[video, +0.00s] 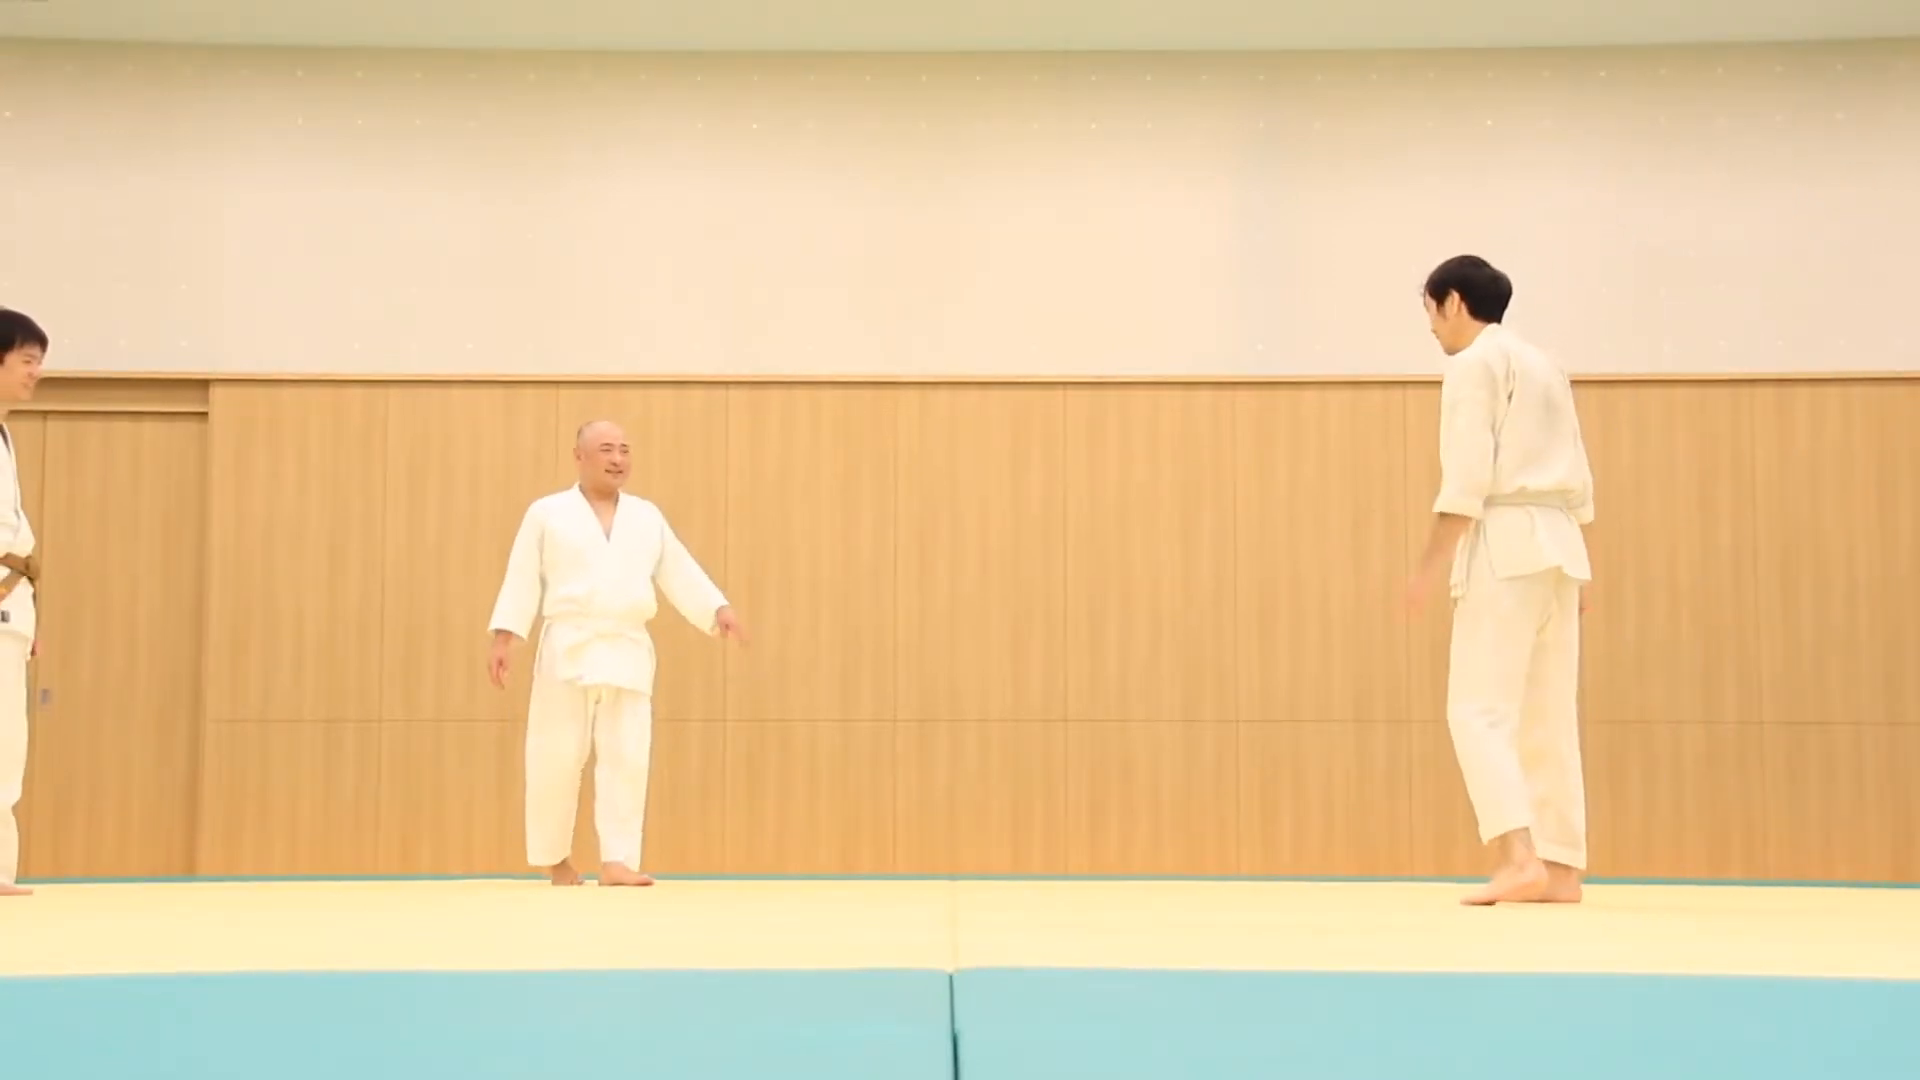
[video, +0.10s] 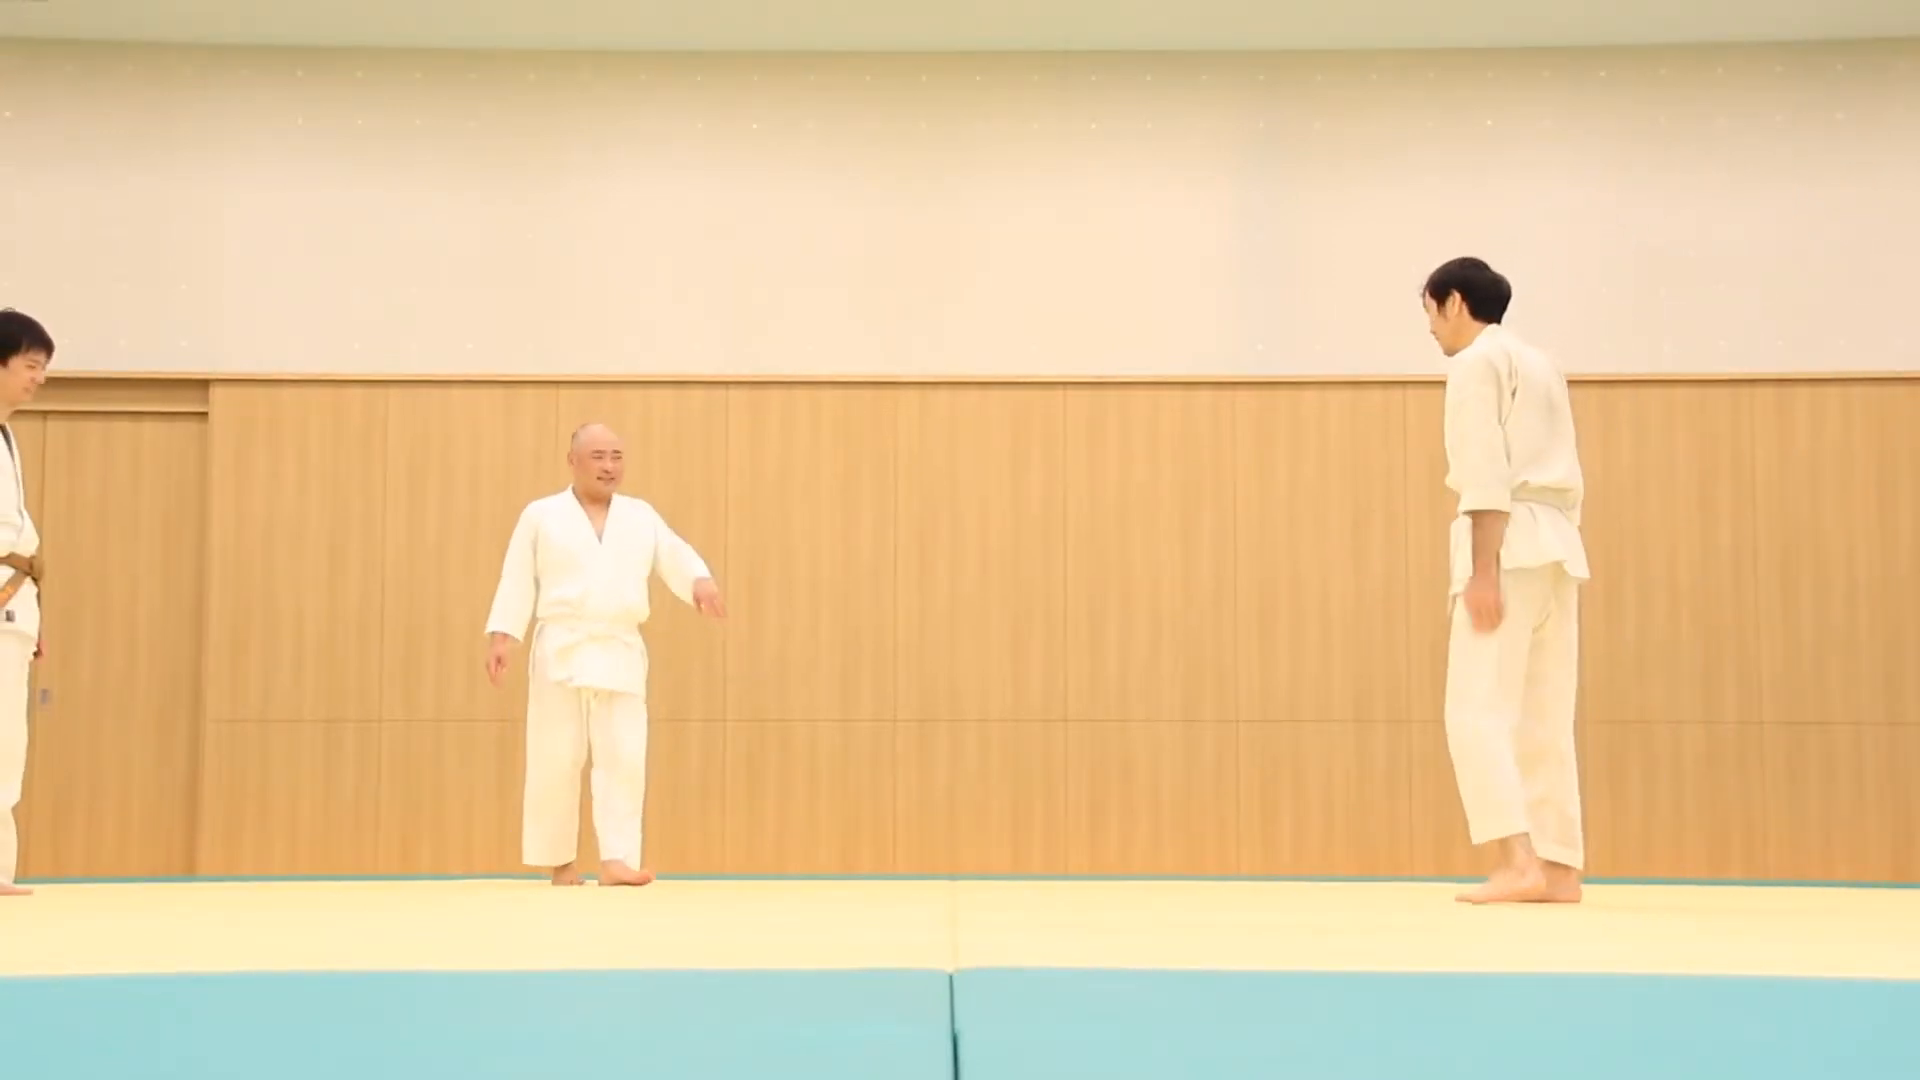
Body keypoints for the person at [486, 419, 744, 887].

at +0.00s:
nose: (618, 458)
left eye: (624, 450)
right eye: (606, 449)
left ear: (631, 459)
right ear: (580, 458)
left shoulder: (646, 517)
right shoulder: (547, 513)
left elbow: (679, 570)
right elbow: (522, 577)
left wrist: (717, 608)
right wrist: (504, 637)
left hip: (628, 649)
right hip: (565, 648)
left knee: (627, 757)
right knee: (557, 755)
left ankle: (618, 863)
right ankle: (558, 860)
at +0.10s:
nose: (609, 465)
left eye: (616, 456)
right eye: (598, 456)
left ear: (624, 463)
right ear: (573, 462)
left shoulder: (640, 516)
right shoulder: (541, 515)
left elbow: (675, 554)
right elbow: (517, 579)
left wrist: (701, 583)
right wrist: (501, 635)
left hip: (621, 650)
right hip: (559, 649)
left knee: (623, 756)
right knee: (559, 757)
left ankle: (616, 861)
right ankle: (562, 864)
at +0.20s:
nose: (603, 470)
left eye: (611, 462)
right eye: (592, 462)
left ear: (619, 468)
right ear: (567, 467)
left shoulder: (635, 514)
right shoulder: (536, 519)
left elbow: (679, 541)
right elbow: (513, 582)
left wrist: (671, 552)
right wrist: (498, 638)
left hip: (615, 650)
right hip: (555, 650)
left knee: (621, 756)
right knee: (557, 758)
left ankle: (615, 861)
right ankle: (561, 866)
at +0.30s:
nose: (598, 472)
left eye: (607, 463)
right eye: (587, 463)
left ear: (616, 468)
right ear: (564, 466)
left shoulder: (625, 509)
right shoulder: (533, 517)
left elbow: (671, 534)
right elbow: (509, 582)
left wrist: (642, 526)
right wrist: (493, 641)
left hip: (612, 649)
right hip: (553, 649)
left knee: (619, 751)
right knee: (555, 755)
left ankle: (610, 859)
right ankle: (561, 864)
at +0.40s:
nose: (597, 471)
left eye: (605, 462)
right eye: (586, 462)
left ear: (615, 467)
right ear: (563, 465)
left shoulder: (625, 511)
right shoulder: (532, 515)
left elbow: (657, 518)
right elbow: (507, 582)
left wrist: (612, 503)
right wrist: (490, 646)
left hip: (613, 647)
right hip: (553, 647)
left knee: (620, 754)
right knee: (555, 755)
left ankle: (610, 859)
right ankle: (562, 862)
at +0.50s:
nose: (597, 473)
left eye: (606, 463)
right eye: (586, 463)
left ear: (616, 468)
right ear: (564, 466)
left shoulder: (624, 513)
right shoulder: (531, 517)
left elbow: (649, 502)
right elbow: (505, 583)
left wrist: (600, 488)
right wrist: (487, 649)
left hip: (613, 646)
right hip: (555, 646)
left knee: (619, 753)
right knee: (555, 753)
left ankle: (614, 859)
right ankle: (562, 862)